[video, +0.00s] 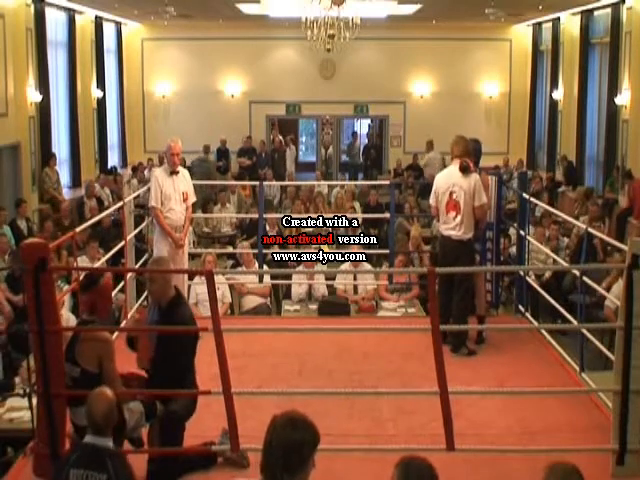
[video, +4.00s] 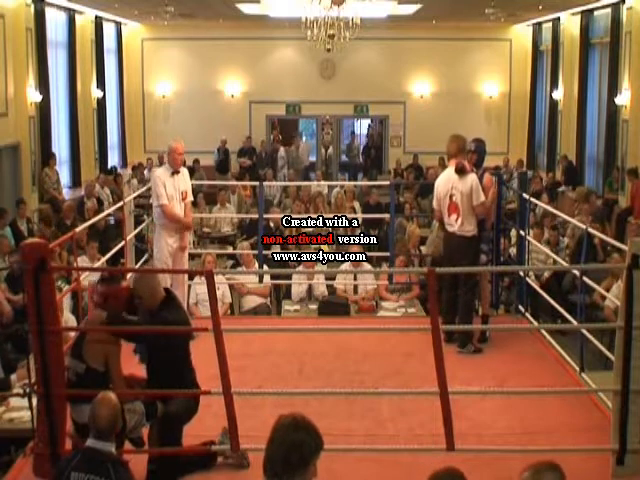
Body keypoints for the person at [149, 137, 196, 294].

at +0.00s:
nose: (176, 159)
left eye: (178, 155)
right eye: (172, 155)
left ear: (181, 155)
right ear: (166, 156)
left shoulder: (184, 174)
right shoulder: (158, 174)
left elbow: (189, 204)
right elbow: (154, 208)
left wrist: (184, 233)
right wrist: (171, 235)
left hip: (182, 226)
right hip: (164, 225)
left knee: (182, 267)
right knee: (163, 265)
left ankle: (181, 301)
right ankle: (162, 303)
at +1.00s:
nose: (175, 159)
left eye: (178, 155)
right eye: (172, 155)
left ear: (181, 155)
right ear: (165, 156)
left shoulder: (185, 174)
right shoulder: (158, 174)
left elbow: (189, 204)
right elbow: (154, 208)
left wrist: (184, 232)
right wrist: (171, 234)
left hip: (182, 226)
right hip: (164, 225)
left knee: (181, 268)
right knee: (163, 266)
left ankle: (181, 301)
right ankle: (162, 303)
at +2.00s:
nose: (176, 158)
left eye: (179, 154)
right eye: (172, 154)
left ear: (182, 155)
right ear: (166, 155)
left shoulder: (185, 173)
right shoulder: (158, 174)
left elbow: (190, 204)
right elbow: (155, 208)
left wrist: (184, 233)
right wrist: (172, 235)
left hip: (182, 227)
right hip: (164, 226)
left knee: (181, 269)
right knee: (164, 268)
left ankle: (181, 304)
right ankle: (163, 305)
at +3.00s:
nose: (176, 159)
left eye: (179, 155)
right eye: (172, 155)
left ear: (182, 155)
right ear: (166, 156)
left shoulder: (185, 174)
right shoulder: (158, 175)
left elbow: (189, 204)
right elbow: (156, 209)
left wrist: (184, 233)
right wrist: (172, 235)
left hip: (182, 227)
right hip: (164, 226)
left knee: (181, 270)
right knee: (163, 269)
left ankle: (181, 305)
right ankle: (163, 307)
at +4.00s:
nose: (180, 158)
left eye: (182, 154)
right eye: (177, 154)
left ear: (184, 156)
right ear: (168, 156)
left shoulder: (184, 172)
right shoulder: (158, 174)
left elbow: (188, 202)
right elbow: (164, 205)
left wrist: (185, 234)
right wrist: (184, 220)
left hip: (181, 228)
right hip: (165, 227)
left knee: (181, 269)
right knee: (163, 268)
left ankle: (181, 307)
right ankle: (163, 306)